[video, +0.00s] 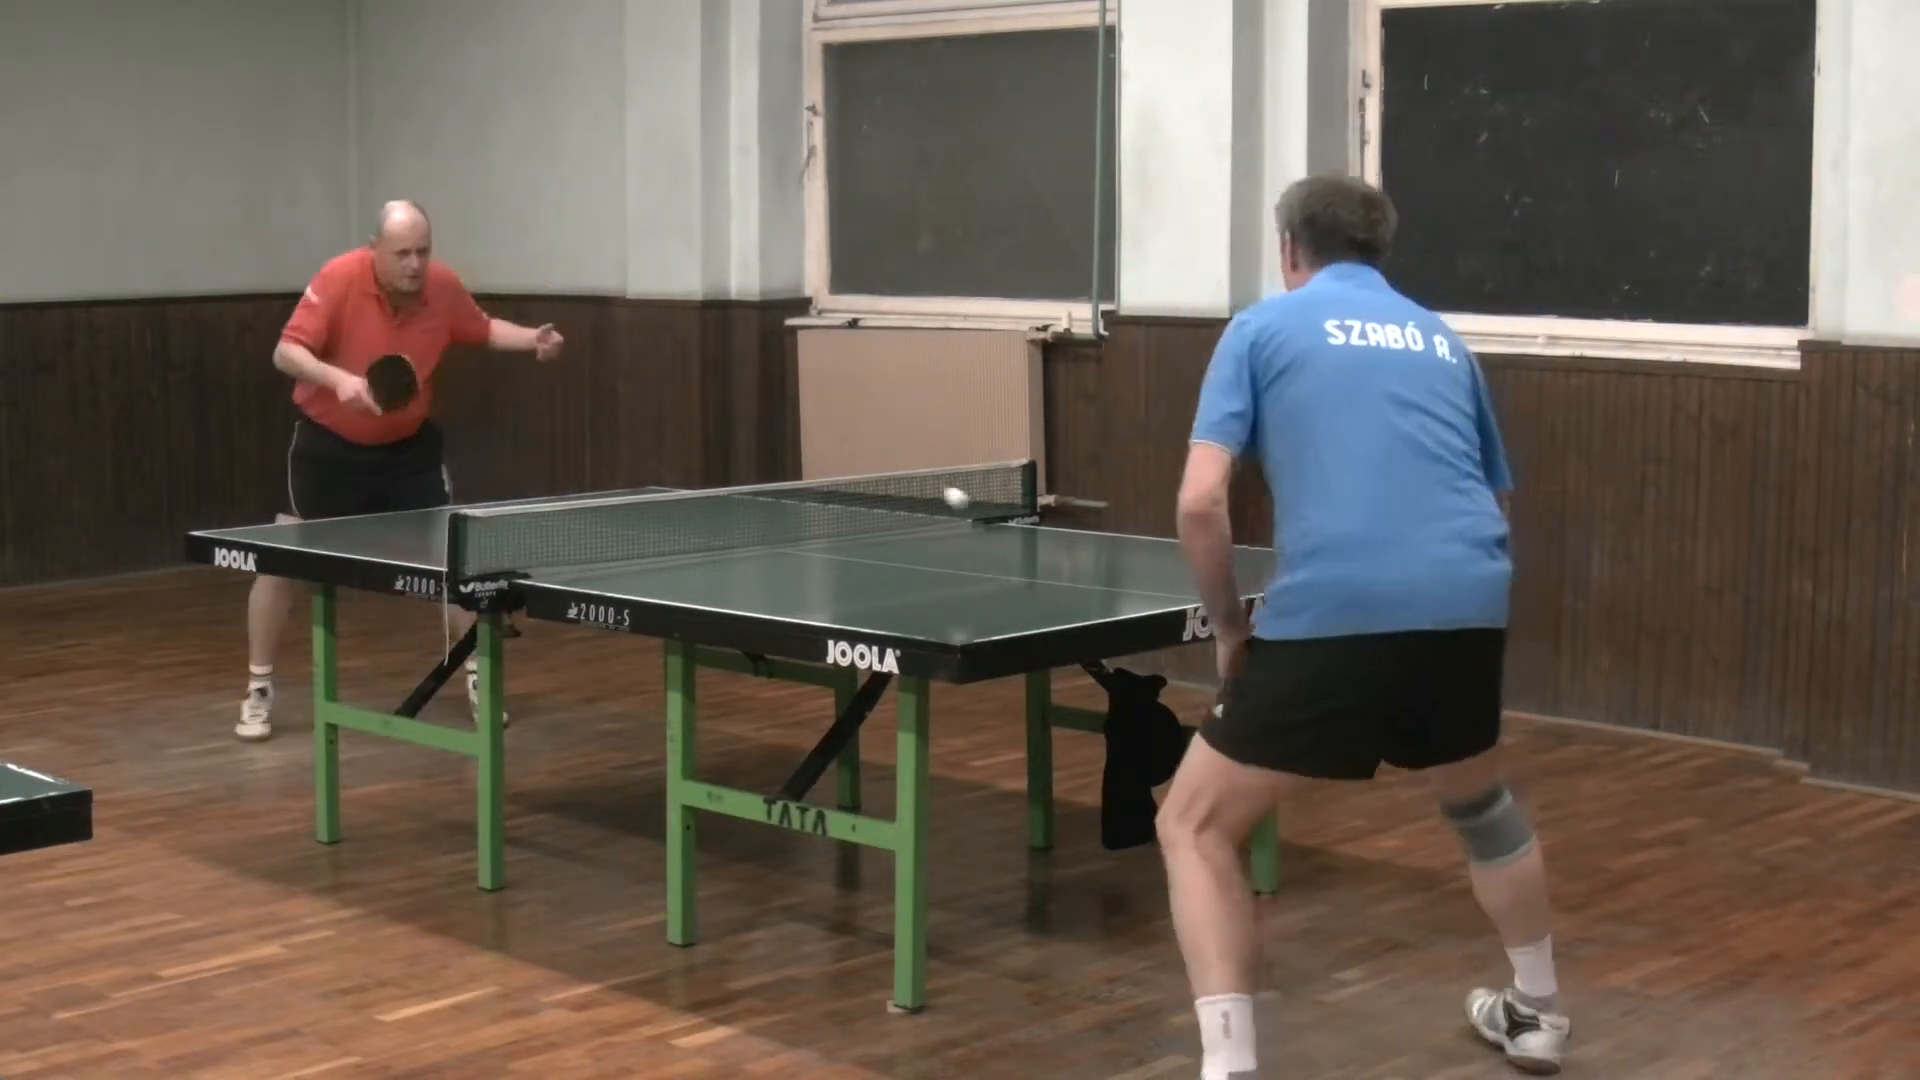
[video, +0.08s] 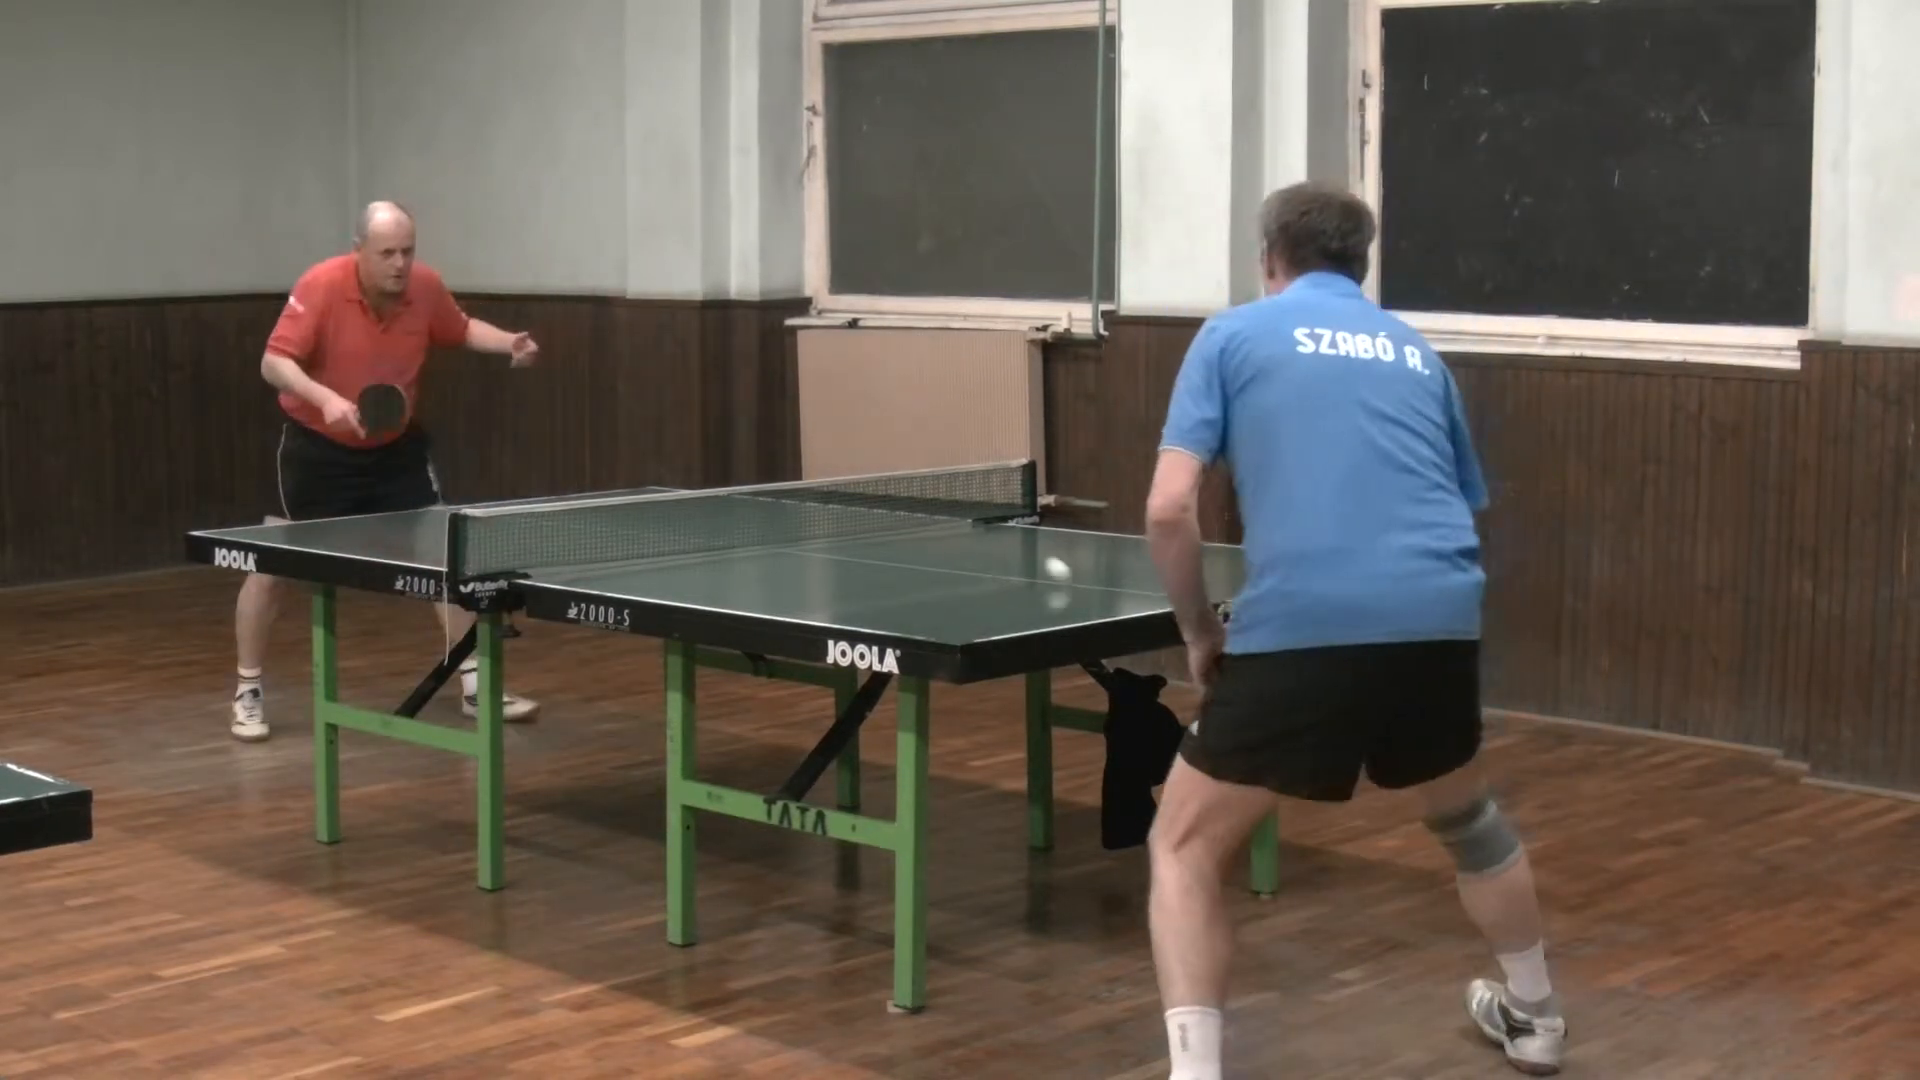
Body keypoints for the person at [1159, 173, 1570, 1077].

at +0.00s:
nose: (1274, 270)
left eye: (1276, 256)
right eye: (1279, 257)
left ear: (1294, 255)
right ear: (1381, 255)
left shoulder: (1262, 327)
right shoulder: (1444, 338)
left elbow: (1202, 502)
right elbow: (1496, 508)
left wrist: (1227, 623)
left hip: (1331, 618)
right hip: (1467, 618)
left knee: (1195, 823)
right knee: (1482, 802)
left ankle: (1229, 1060)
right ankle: (1540, 1009)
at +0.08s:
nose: (1257, 277)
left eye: (1259, 265)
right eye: (1265, 266)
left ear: (1273, 265)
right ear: (1360, 268)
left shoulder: (1233, 336)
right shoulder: (1418, 352)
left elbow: (1168, 508)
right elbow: (1468, 511)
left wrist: (1198, 630)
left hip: (1300, 639)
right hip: (1438, 636)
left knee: (1187, 845)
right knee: (1469, 817)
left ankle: (1194, 1064)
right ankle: (1535, 1011)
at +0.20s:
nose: (1224, 283)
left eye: (1226, 272)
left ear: (1239, 272)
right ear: (1326, 281)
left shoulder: (1197, 339)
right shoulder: (1379, 367)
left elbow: (1131, 510)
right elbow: (1387, 522)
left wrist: (1151, 641)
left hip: (1267, 644)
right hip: (1405, 639)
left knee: (1146, 845)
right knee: (1423, 801)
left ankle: (1179, 1067)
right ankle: (1519, 1014)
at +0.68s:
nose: (1229, 170)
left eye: (1231, 153)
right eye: (1232, 153)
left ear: (1250, 154)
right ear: (1341, 156)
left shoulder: (1267, 246)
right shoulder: (1396, 247)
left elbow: (1242, 428)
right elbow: (1386, 439)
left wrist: (1170, 587)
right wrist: (1277, 625)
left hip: (1344, 565)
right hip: (1459, 559)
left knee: (1234, 818)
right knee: (1394, 803)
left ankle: (1306, 1066)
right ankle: (1407, 1056)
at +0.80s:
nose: (1252, 152)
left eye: (1255, 136)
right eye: (1255, 136)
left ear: (1272, 145)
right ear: (1368, 148)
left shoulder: (1275, 248)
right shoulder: (1430, 251)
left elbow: (1256, 444)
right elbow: (1487, 439)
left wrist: (1194, 605)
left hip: (1348, 590)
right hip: (1473, 583)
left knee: (1307, 849)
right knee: (1418, 814)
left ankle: (1376, 1066)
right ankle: (1406, 1047)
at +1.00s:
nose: (1298, 166)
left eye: (1302, 151)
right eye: (1303, 151)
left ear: (1318, 157)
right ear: (1413, 158)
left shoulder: (1302, 265)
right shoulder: (1483, 260)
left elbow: (1269, 468)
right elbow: (1518, 434)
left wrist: (1228, 618)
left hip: (1381, 600)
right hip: (1515, 583)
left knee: (1321, 861)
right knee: (1507, 772)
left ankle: (1379, 1070)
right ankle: (1554, 1023)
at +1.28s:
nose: (1360, 192)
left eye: (1361, 175)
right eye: (1363, 175)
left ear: (1378, 175)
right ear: (1464, 169)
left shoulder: (1394, 267)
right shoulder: (1537, 259)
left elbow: (1379, 458)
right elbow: (1561, 453)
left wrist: (1323, 619)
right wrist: (1455, 573)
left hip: (1517, 579)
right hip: (1626, 566)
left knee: (1422, 843)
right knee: (1601, 810)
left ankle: (1414, 1070)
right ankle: (1660, 1044)